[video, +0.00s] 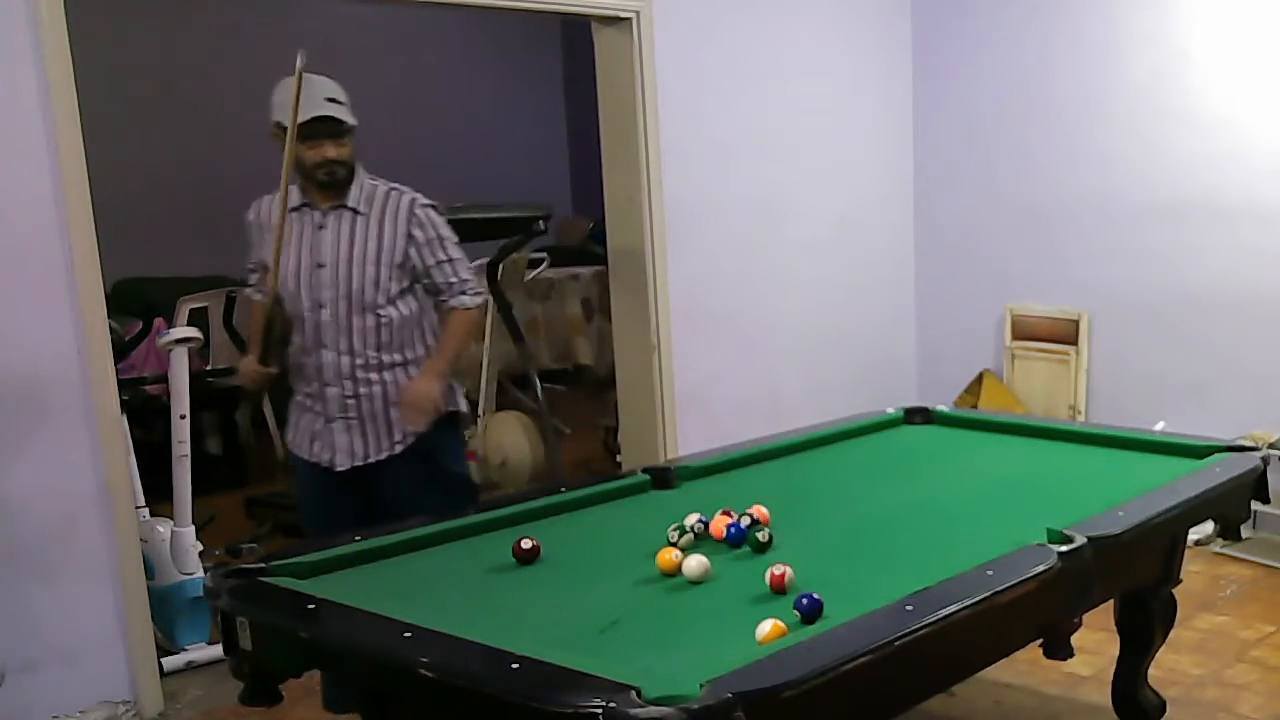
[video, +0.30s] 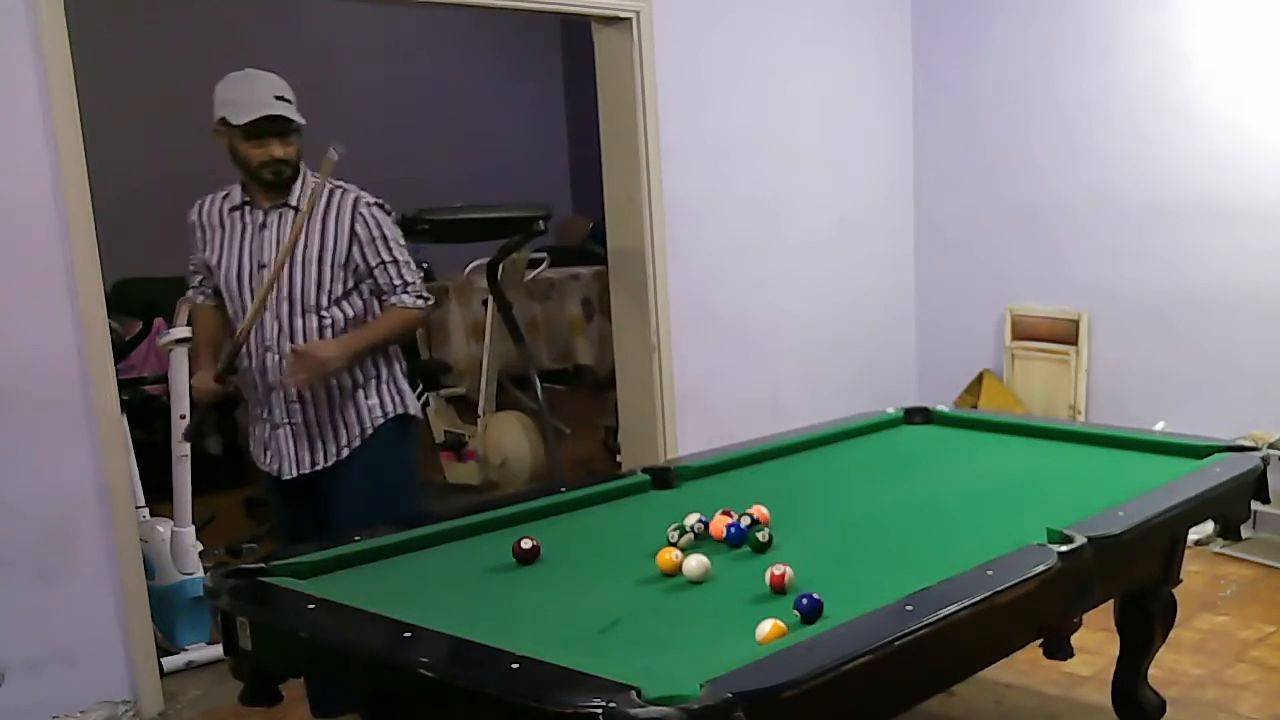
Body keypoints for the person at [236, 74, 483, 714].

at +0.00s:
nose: (330, 153)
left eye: (340, 137)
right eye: (313, 140)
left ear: (355, 140)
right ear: (286, 145)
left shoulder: (404, 210)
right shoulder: (268, 218)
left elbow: (468, 298)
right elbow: (261, 295)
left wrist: (434, 375)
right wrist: (256, 353)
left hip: (414, 435)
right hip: (320, 442)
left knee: (437, 574)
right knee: (337, 582)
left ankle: (454, 703)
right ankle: (355, 703)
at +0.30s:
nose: (277, 152)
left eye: (286, 135)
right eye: (258, 138)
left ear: (301, 135)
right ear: (226, 142)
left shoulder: (351, 209)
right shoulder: (212, 218)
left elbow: (411, 302)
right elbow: (208, 295)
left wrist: (342, 348)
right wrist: (205, 367)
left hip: (367, 431)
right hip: (282, 446)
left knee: (381, 581)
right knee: (309, 591)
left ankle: (399, 707)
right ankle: (332, 707)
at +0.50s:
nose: (256, 157)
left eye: (266, 139)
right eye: (238, 142)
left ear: (281, 138)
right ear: (202, 144)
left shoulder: (329, 212)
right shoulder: (183, 222)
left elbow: (393, 312)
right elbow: (178, 302)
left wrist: (316, 346)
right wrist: (182, 375)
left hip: (339, 437)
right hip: (255, 454)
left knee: (343, 599)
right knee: (291, 603)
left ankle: (349, 707)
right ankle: (325, 706)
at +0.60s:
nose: (249, 162)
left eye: (260, 145)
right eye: (230, 146)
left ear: (275, 143)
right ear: (192, 145)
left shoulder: (321, 221)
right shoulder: (169, 226)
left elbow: (384, 319)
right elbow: (164, 307)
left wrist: (309, 354)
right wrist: (167, 382)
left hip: (324, 443)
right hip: (237, 457)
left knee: (314, 598)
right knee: (269, 603)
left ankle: (316, 707)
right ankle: (283, 701)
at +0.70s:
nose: (243, 165)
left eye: (255, 148)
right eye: (224, 149)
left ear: (268, 147)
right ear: (184, 147)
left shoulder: (312, 229)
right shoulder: (157, 227)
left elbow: (372, 327)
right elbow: (150, 313)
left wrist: (300, 365)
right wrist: (150, 388)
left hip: (306, 453)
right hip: (220, 463)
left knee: (299, 605)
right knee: (261, 608)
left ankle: (311, 707)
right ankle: (279, 702)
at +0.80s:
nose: (236, 164)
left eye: (248, 148)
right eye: (217, 148)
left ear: (262, 147)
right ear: (176, 144)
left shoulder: (300, 231)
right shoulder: (144, 224)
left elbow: (363, 331)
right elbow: (132, 309)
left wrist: (286, 373)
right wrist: (134, 388)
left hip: (289, 461)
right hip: (199, 470)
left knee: (290, 626)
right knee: (241, 633)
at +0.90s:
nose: (231, 163)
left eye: (244, 146)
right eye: (211, 147)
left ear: (258, 143)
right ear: (169, 141)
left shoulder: (291, 232)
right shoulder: (130, 221)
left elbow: (356, 334)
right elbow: (120, 307)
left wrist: (276, 376)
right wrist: (117, 390)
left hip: (274, 470)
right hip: (177, 480)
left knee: (271, 642)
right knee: (210, 646)